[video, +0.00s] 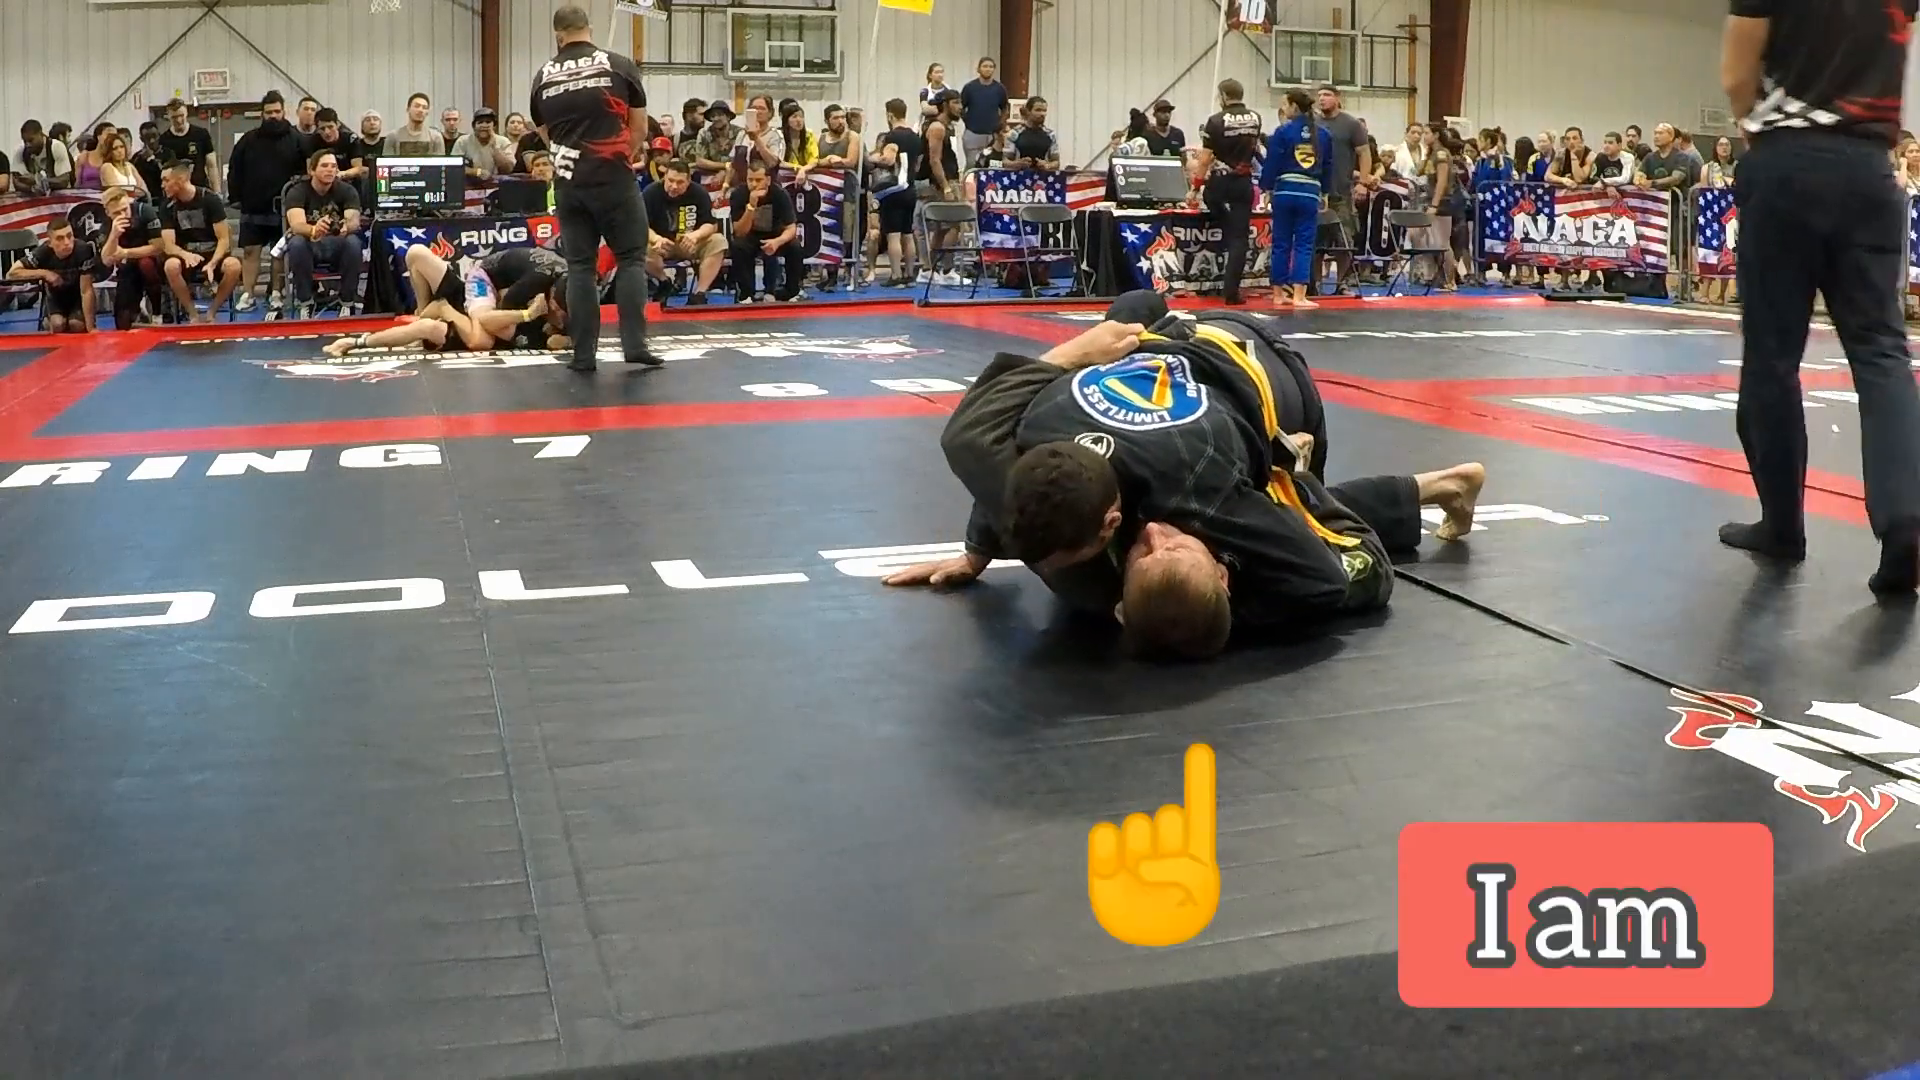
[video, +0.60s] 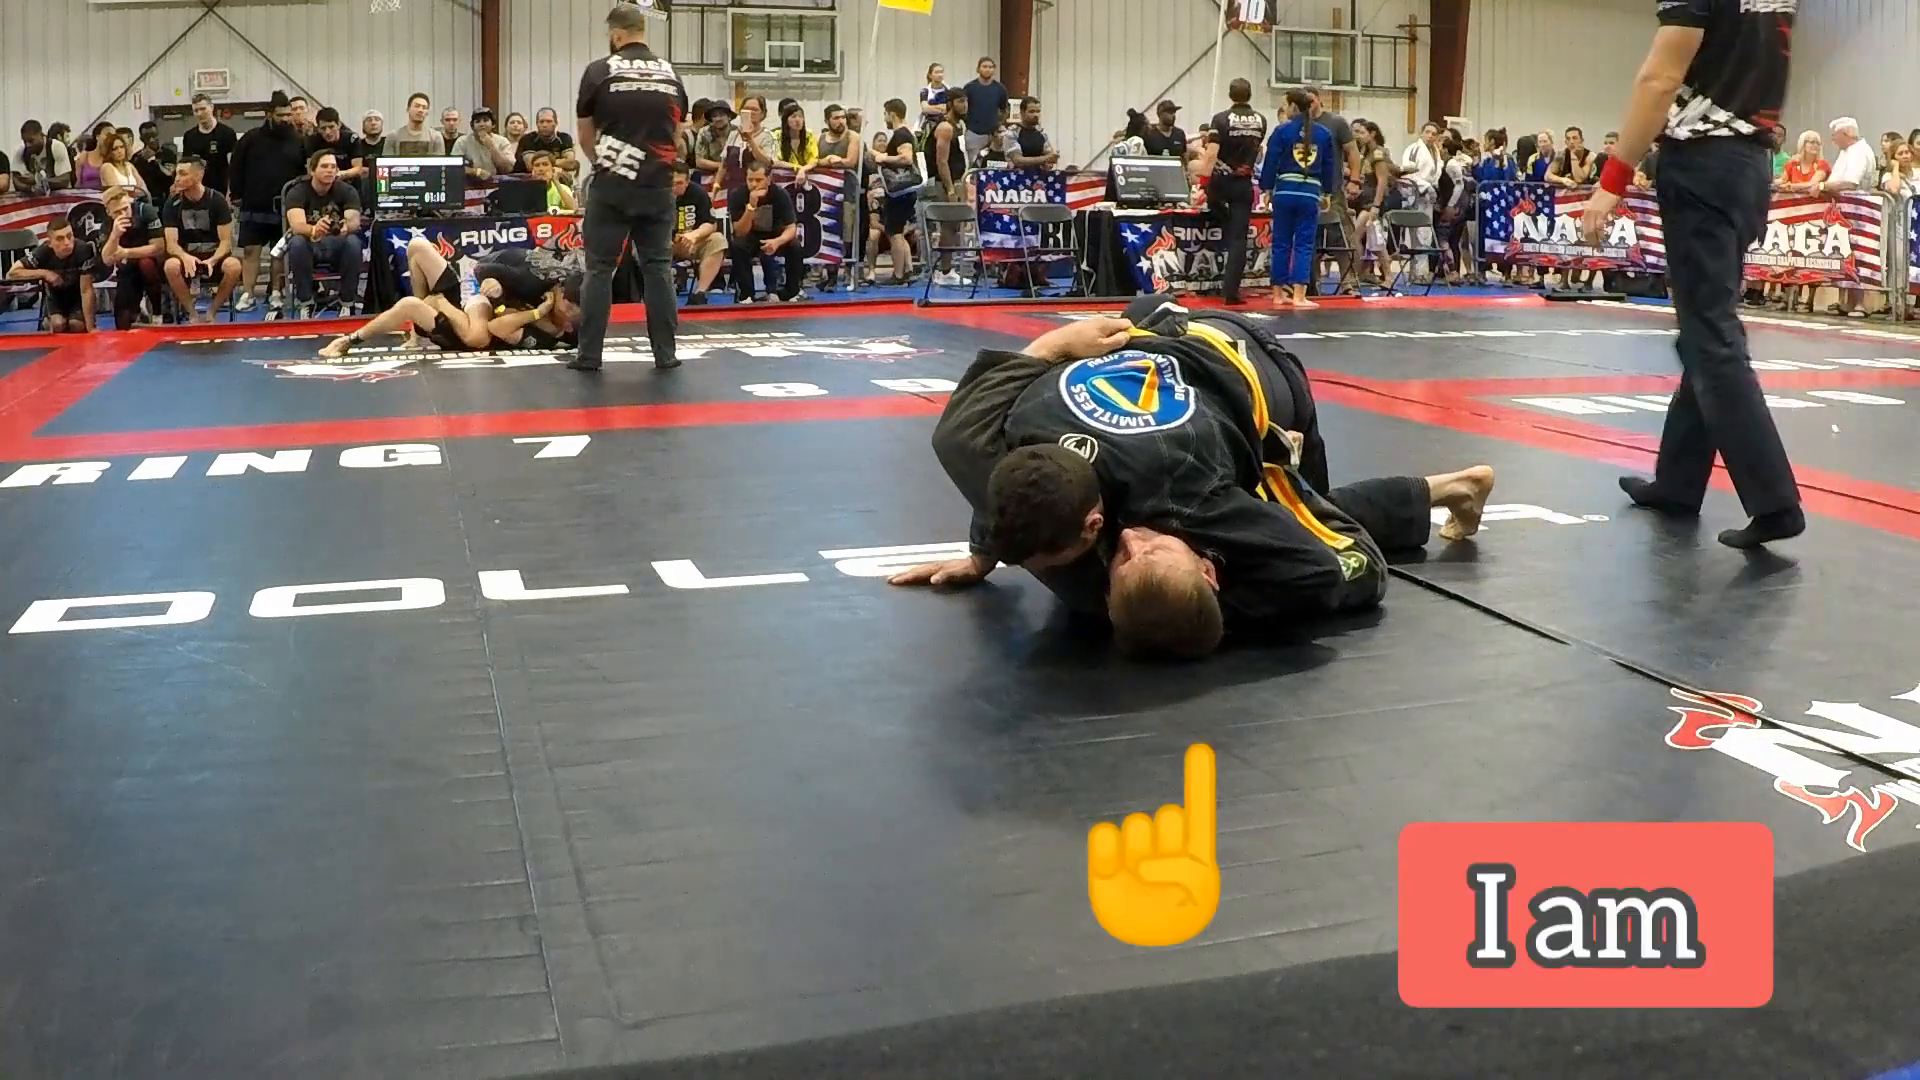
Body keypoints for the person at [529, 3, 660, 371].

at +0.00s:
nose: (562, 40)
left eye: (558, 36)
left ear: (556, 35)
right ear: (589, 28)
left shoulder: (543, 75)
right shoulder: (620, 64)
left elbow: (547, 135)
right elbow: (638, 130)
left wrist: (581, 155)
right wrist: (625, 158)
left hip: (567, 184)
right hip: (612, 178)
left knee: (580, 264)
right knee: (631, 258)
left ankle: (583, 356)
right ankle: (635, 347)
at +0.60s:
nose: (610, 39)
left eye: (610, 35)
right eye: (614, 35)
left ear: (614, 35)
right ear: (643, 32)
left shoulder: (597, 71)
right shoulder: (669, 72)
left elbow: (587, 137)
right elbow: (677, 130)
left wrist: (606, 168)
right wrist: (658, 165)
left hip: (611, 186)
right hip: (659, 187)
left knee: (599, 268)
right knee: (658, 266)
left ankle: (589, 356)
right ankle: (665, 354)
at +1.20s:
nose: (616, 41)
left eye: (615, 36)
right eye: (618, 37)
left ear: (620, 34)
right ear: (648, 32)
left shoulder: (604, 70)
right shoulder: (677, 71)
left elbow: (592, 133)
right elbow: (685, 131)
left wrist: (603, 168)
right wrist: (682, 169)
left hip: (620, 184)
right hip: (667, 184)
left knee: (617, 263)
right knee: (661, 264)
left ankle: (628, 354)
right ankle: (665, 353)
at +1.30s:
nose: (610, 41)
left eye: (609, 36)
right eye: (611, 36)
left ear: (614, 34)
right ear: (642, 31)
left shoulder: (598, 72)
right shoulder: (672, 72)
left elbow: (588, 138)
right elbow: (682, 132)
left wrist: (609, 166)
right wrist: (673, 166)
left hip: (617, 186)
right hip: (664, 185)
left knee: (619, 266)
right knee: (659, 265)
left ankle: (629, 356)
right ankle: (665, 353)